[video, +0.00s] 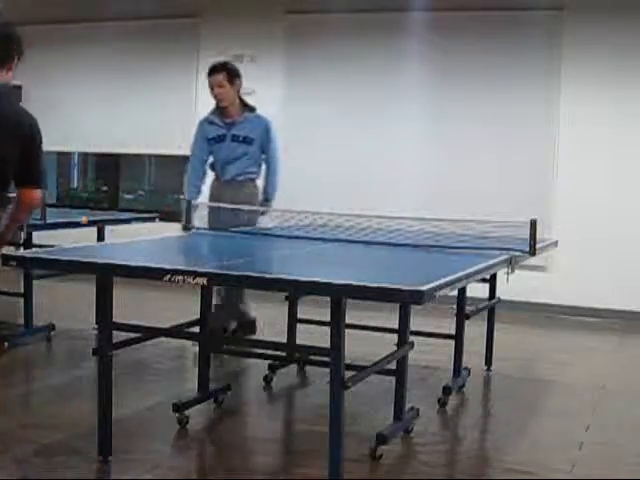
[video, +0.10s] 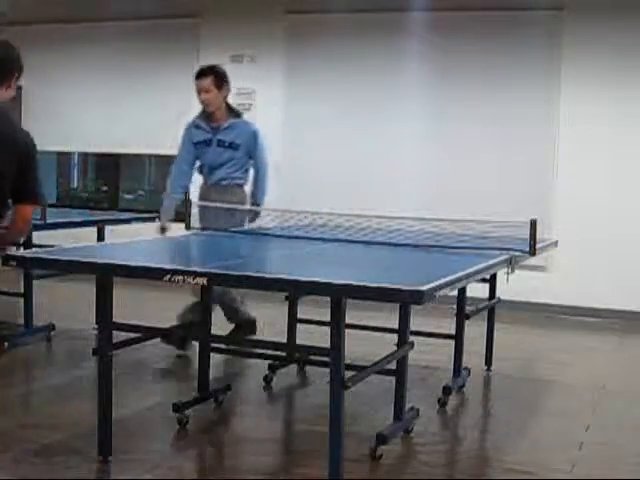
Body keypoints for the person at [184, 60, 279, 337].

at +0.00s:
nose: (217, 93)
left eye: (221, 86)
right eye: (212, 88)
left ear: (237, 85)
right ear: (209, 91)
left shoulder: (260, 125)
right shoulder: (207, 126)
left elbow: (272, 162)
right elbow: (196, 165)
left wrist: (268, 198)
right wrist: (189, 205)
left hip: (248, 189)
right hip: (220, 187)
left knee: (238, 253)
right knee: (220, 253)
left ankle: (222, 318)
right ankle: (242, 314)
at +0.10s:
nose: (203, 97)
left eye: (208, 91)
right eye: (199, 92)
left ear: (224, 91)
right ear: (197, 94)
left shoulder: (246, 131)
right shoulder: (195, 129)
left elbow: (261, 169)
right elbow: (181, 170)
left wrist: (257, 205)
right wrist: (167, 212)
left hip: (237, 196)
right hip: (208, 195)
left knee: (224, 261)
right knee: (208, 262)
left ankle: (189, 324)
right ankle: (243, 319)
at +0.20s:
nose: (186, 106)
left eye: (191, 99)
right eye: (183, 100)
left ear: (208, 99)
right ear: (181, 102)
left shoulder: (230, 138)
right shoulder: (179, 136)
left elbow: (249, 179)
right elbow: (162, 174)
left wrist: (243, 223)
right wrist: (140, 209)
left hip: (221, 206)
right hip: (193, 205)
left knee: (194, 271)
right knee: (208, 271)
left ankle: (159, 332)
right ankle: (243, 319)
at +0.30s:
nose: (167, 117)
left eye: (172, 111)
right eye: (164, 112)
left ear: (190, 111)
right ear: (162, 113)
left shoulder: (213, 149)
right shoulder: (161, 146)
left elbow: (237, 196)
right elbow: (138, 179)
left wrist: (230, 236)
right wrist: (108, 208)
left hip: (207, 223)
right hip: (182, 223)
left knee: (173, 279)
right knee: (196, 279)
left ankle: (150, 341)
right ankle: (237, 316)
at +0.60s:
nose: (126, 160)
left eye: (130, 153)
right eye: (122, 154)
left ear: (149, 145)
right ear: (119, 150)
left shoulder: (185, 161)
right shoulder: (121, 172)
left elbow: (205, 197)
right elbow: (98, 204)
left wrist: (194, 229)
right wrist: (70, 234)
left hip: (187, 228)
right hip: (159, 227)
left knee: (166, 277)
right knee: (184, 278)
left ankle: (150, 341)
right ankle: (220, 308)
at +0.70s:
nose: (121, 161)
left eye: (126, 155)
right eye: (118, 156)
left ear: (144, 146)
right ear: (114, 150)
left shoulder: (180, 159)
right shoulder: (117, 171)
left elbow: (200, 198)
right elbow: (101, 208)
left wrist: (197, 236)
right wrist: (83, 244)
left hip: (184, 221)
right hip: (157, 222)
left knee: (167, 273)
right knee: (177, 269)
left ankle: (149, 340)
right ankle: (213, 301)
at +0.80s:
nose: (120, 153)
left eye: (126, 146)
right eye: (117, 146)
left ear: (143, 139)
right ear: (113, 142)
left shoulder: (178, 153)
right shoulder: (117, 165)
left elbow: (199, 198)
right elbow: (108, 214)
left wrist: (192, 244)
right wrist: (104, 261)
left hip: (181, 210)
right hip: (153, 212)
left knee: (166, 269)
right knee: (165, 265)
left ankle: (150, 340)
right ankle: (207, 294)